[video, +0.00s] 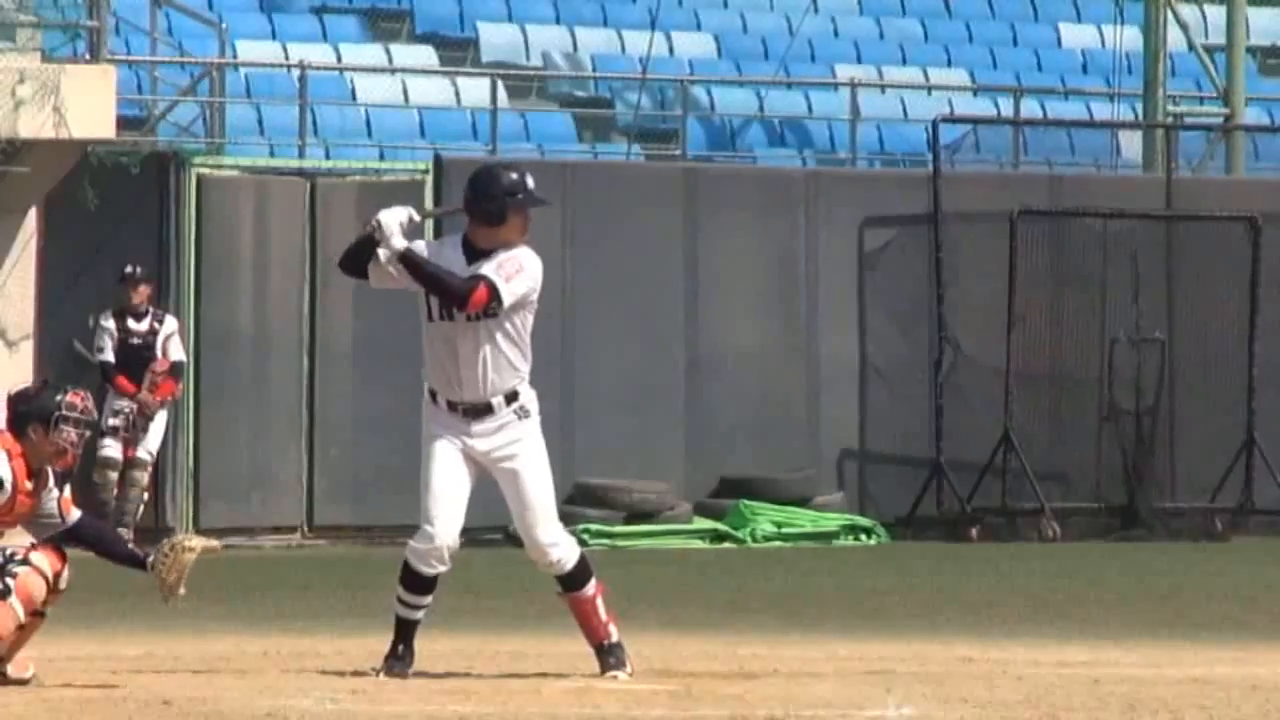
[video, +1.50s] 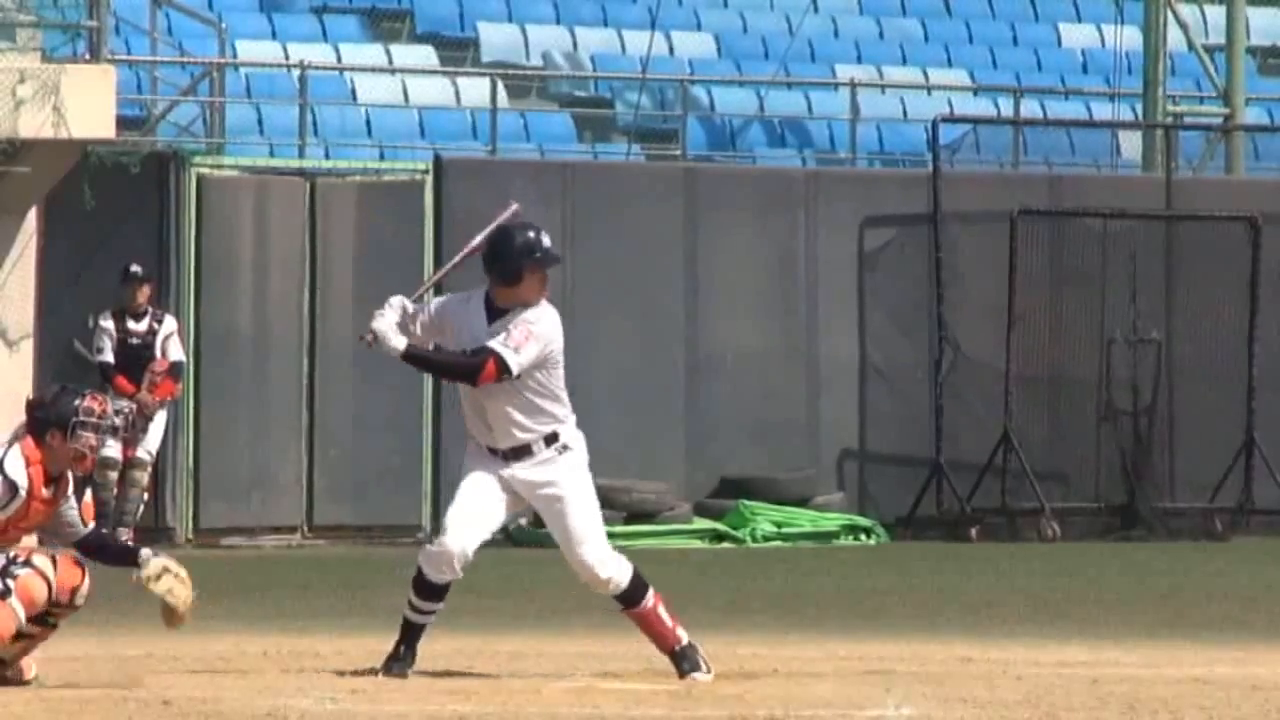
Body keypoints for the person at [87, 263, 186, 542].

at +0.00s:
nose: (133, 292)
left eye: (139, 286)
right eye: (129, 286)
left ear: (150, 290)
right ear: (123, 289)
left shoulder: (167, 324)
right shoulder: (109, 321)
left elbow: (177, 369)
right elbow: (107, 368)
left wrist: (158, 397)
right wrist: (136, 394)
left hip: (154, 399)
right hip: (119, 395)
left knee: (141, 460)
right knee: (108, 455)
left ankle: (126, 529)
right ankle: (104, 526)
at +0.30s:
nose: (133, 292)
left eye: (139, 286)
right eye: (128, 286)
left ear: (150, 290)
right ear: (122, 289)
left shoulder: (167, 325)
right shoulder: (109, 321)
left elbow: (177, 369)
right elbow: (107, 367)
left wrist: (157, 399)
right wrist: (136, 394)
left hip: (153, 400)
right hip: (119, 395)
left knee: (140, 462)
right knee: (108, 456)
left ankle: (125, 530)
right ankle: (101, 526)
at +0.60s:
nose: (132, 292)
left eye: (138, 286)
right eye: (128, 286)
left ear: (150, 289)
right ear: (122, 290)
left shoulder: (167, 324)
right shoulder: (109, 321)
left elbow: (177, 368)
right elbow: (106, 367)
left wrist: (156, 398)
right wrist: (136, 395)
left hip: (153, 400)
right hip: (119, 396)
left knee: (140, 461)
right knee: (108, 456)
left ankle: (125, 530)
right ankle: (102, 526)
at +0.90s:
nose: (133, 292)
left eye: (138, 286)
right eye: (129, 286)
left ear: (149, 289)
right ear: (123, 289)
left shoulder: (167, 324)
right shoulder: (109, 321)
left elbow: (177, 368)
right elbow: (106, 367)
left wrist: (157, 397)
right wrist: (136, 394)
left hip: (152, 400)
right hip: (118, 396)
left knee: (140, 460)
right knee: (108, 457)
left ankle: (125, 528)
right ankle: (102, 526)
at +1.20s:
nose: (136, 292)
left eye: (142, 286)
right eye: (131, 286)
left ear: (150, 290)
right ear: (123, 289)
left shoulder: (167, 324)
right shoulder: (108, 322)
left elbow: (176, 368)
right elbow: (106, 368)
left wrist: (156, 398)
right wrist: (136, 394)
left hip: (152, 400)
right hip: (118, 396)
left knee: (140, 460)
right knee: (108, 457)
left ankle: (125, 529)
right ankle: (103, 526)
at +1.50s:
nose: (136, 292)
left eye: (142, 286)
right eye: (131, 286)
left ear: (150, 290)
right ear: (123, 289)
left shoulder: (167, 324)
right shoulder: (108, 322)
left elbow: (176, 368)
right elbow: (106, 368)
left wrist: (157, 398)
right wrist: (136, 395)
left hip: (153, 400)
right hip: (117, 396)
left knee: (141, 459)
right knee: (108, 457)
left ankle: (125, 528)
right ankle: (104, 525)